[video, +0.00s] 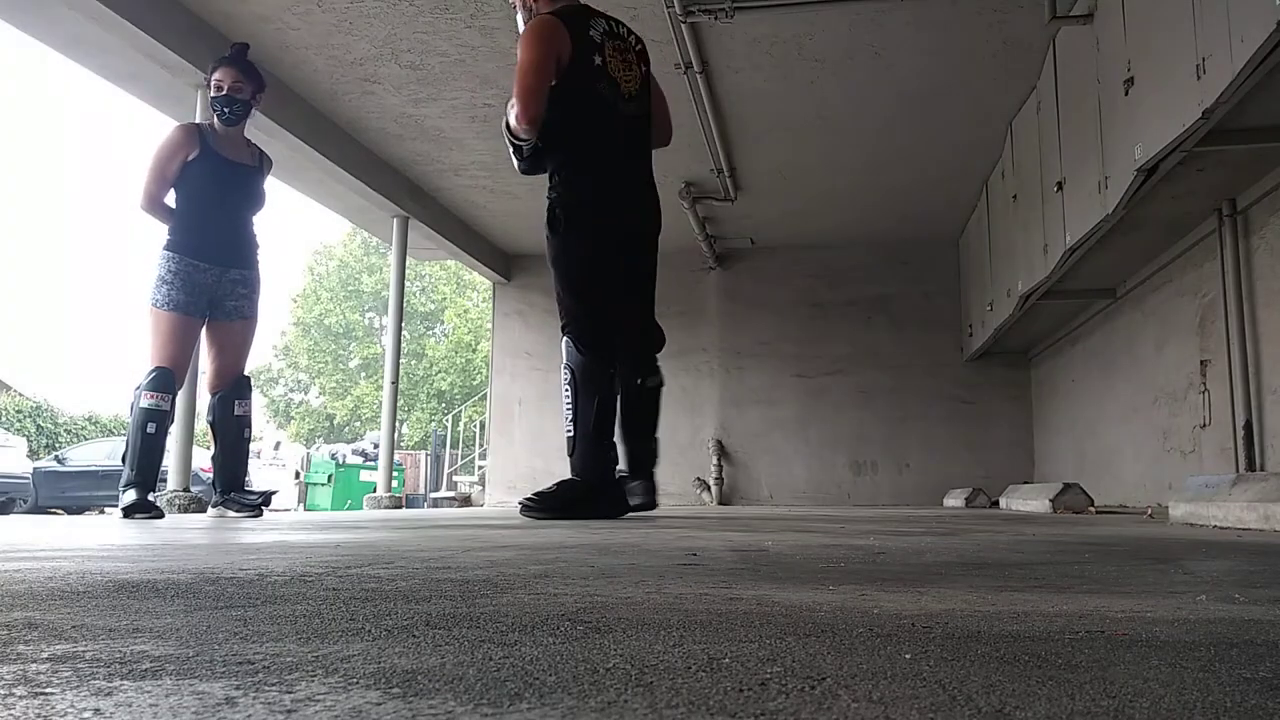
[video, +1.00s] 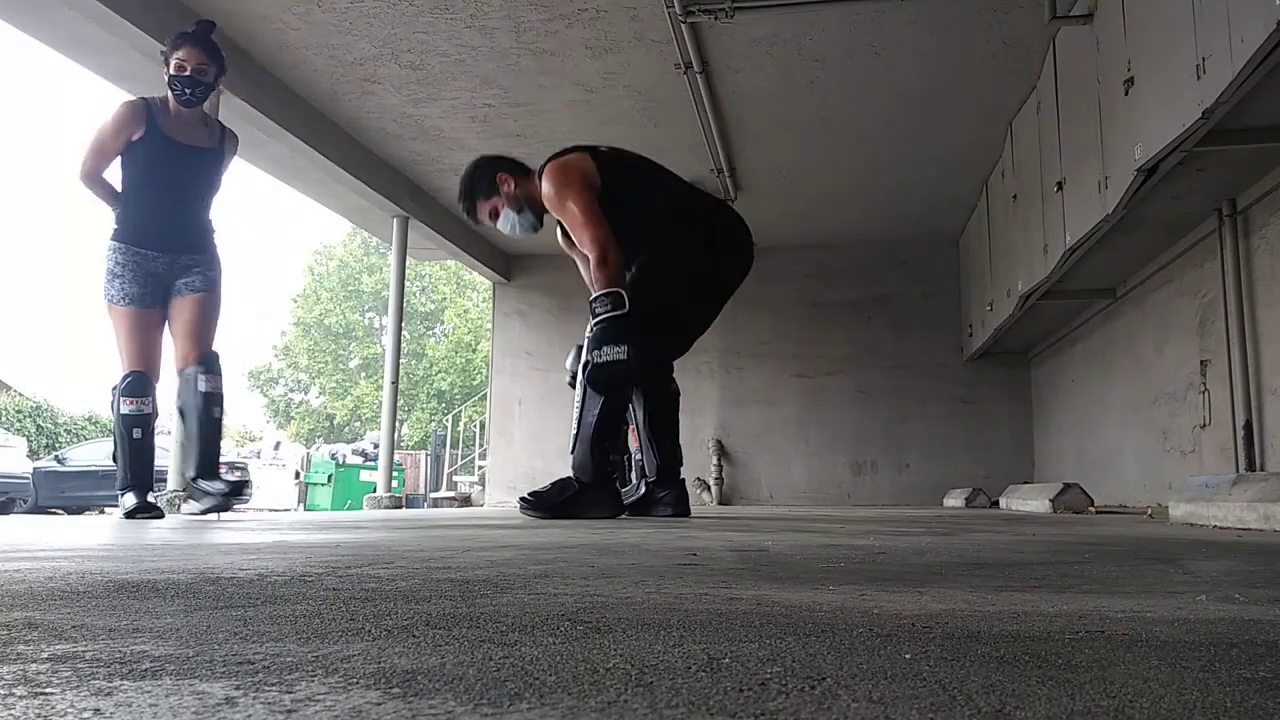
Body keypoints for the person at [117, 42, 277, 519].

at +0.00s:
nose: (226, 95)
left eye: (237, 89)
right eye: (218, 87)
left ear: (255, 98)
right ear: (208, 92)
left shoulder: (261, 160)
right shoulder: (186, 136)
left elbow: (247, 212)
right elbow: (151, 200)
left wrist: (239, 236)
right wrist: (191, 228)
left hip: (239, 274)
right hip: (185, 266)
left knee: (229, 384)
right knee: (165, 376)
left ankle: (229, 488)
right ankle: (137, 489)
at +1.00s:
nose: (188, 77)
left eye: (200, 70)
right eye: (180, 66)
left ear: (216, 79)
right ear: (166, 69)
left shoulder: (226, 141)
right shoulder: (137, 113)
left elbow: (204, 197)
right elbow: (90, 172)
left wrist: (188, 223)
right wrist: (128, 210)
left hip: (196, 258)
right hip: (135, 255)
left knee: (200, 366)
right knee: (139, 378)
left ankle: (205, 479)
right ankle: (137, 492)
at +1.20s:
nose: (184, 69)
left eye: (197, 62)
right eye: (176, 58)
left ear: (215, 71)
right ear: (163, 60)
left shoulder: (226, 135)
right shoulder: (130, 106)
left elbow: (229, 201)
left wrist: (247, 251)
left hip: (194, 256)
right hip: (128, 252)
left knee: (173, 362)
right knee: (133, 376)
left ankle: (163, 482)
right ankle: (133, 489)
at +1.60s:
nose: (160, 32)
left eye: (175, 24)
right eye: (152, 20)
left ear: (198, 34)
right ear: (142, 23)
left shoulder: (214, 94)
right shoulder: (114, 82)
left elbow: (228, 176)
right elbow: (86, 151)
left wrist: (201, 195)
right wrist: (66, 155)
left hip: (178, 233)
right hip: (114, 228)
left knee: (166, 359)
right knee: (79, 359)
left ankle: (150, 490)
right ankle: (121, 465)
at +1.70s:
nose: (149, 19)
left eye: (164, 12)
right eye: (142, 10)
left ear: (188, 23)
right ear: (132, 17)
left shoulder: (204, 84)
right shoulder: (107, 76)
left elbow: (221, 160)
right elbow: (87, 151)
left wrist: (191, 168)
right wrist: (80, 136)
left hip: (171, 224)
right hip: (108, 221)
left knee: (161, 354)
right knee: (62, 347)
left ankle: (150, 487)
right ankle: (81, 475)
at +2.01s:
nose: (108, 10)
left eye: (121, 4)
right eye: (100, 3)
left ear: (138, 9)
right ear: (83, 6)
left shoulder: (158, 67)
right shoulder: (47, 54)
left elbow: (195, 149)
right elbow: (14, 135)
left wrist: (160, 147)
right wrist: (34, 108)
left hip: (133, 216)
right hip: (59, 211)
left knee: (133, 354)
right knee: (17, 346)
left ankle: (146, 489)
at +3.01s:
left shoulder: (151, 31)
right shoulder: (29, 5)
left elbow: (147, 132)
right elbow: (1, 52)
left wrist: (157, 115)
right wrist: (26, 71)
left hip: (101, 176)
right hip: (20, 158)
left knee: (84, 337)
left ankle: (63, 484)